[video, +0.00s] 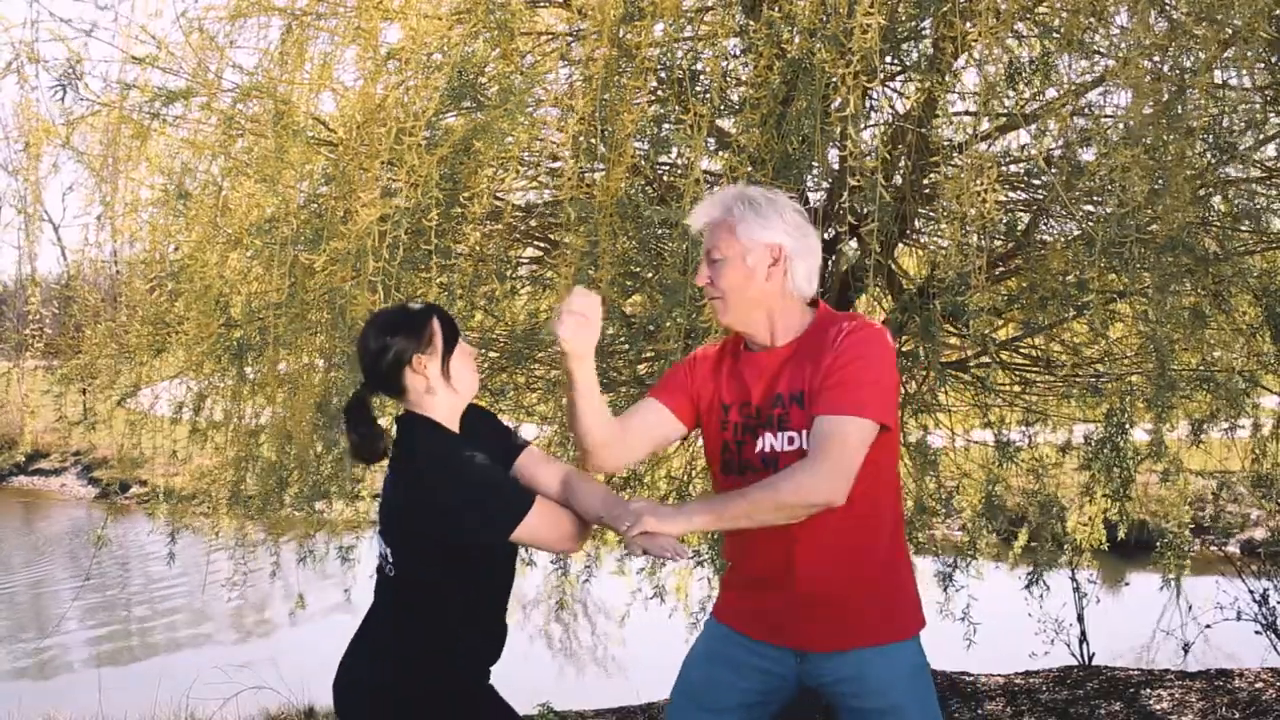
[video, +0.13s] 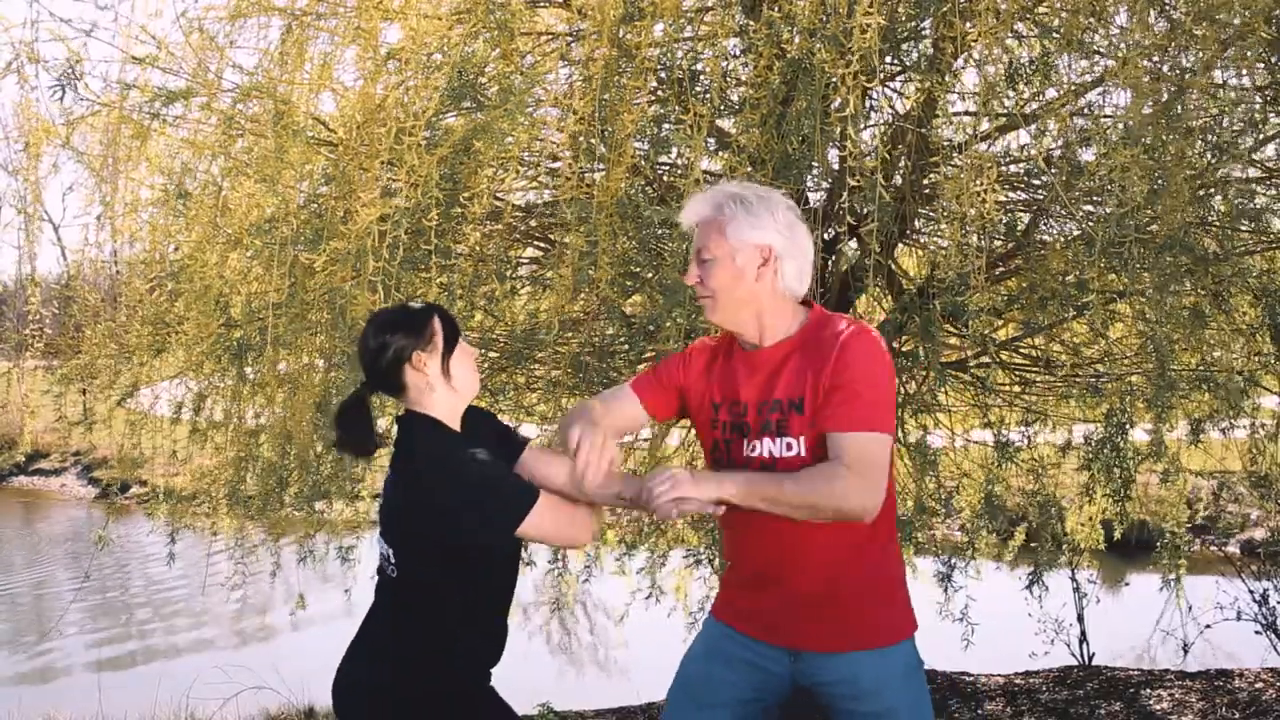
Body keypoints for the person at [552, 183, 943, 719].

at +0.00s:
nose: (700, 278)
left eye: (715, 260)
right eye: (704, 261)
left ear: (774, 262)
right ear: (766, 264)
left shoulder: (857, 344)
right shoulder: (707, 369)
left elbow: (825, 480)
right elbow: (606, 453)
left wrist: (681, 517)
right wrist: (581, 359)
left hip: (869, 646)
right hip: (742, 640)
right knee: (684, 710)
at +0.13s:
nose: (690, 277)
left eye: (705, 260)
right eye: (694, 260)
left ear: (764, 262)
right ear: (757, 264)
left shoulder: (851, 349)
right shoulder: (702, 365)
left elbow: (858, 491)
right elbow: (594, 415)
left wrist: (723, 486)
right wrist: (591, 429)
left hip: (863, 651)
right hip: (738, 641)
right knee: (682, 709)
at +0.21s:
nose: (678, 273)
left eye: (692, 256)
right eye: (682, 256)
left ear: (749, 260)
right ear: (743, 261)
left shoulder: (834, 349)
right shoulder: (696, 361)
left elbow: (798, 490)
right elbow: (580, 426)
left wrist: (688, 434)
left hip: (852, 642)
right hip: (731, 634)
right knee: (682, 709)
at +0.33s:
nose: (672, 277)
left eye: (685, 259)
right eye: (674, 261)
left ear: (742, 260)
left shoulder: (810, 346)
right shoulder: (694, 361)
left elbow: (680, 446)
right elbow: (584, 434)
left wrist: (552, 434)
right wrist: (566, 511)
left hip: (839, 635)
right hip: (722, 628)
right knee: (673, 711)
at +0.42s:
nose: (665, 277)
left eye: (678, 260)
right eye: (668, 260)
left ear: (735, 261)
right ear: (728, 262)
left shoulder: (808, 345)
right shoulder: (689, 361)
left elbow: (692, 454)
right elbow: (586, 435)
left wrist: (567, 434)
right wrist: (560, 506)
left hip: (834, 636)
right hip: (719, 630)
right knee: (670, 711)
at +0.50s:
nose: (661, 278)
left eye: (674, 261)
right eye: (663, 262)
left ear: (730, 260)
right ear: (728, 262)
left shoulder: (809, 346)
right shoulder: (687, 363)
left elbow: (714, 473)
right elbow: (578, 441)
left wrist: (610, 422)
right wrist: (551, 503)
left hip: (833, 638)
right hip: (716, 632)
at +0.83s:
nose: (649, 282)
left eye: (660, 264)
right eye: (651, 266)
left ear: (715, 261)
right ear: (713, 264)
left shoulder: (804, 347)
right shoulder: (679, 367)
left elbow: (736, 481)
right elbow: (575, 448)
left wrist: (659, 408)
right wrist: (557, 505)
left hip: (834, 635)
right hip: (717, 632)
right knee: (669, 711)